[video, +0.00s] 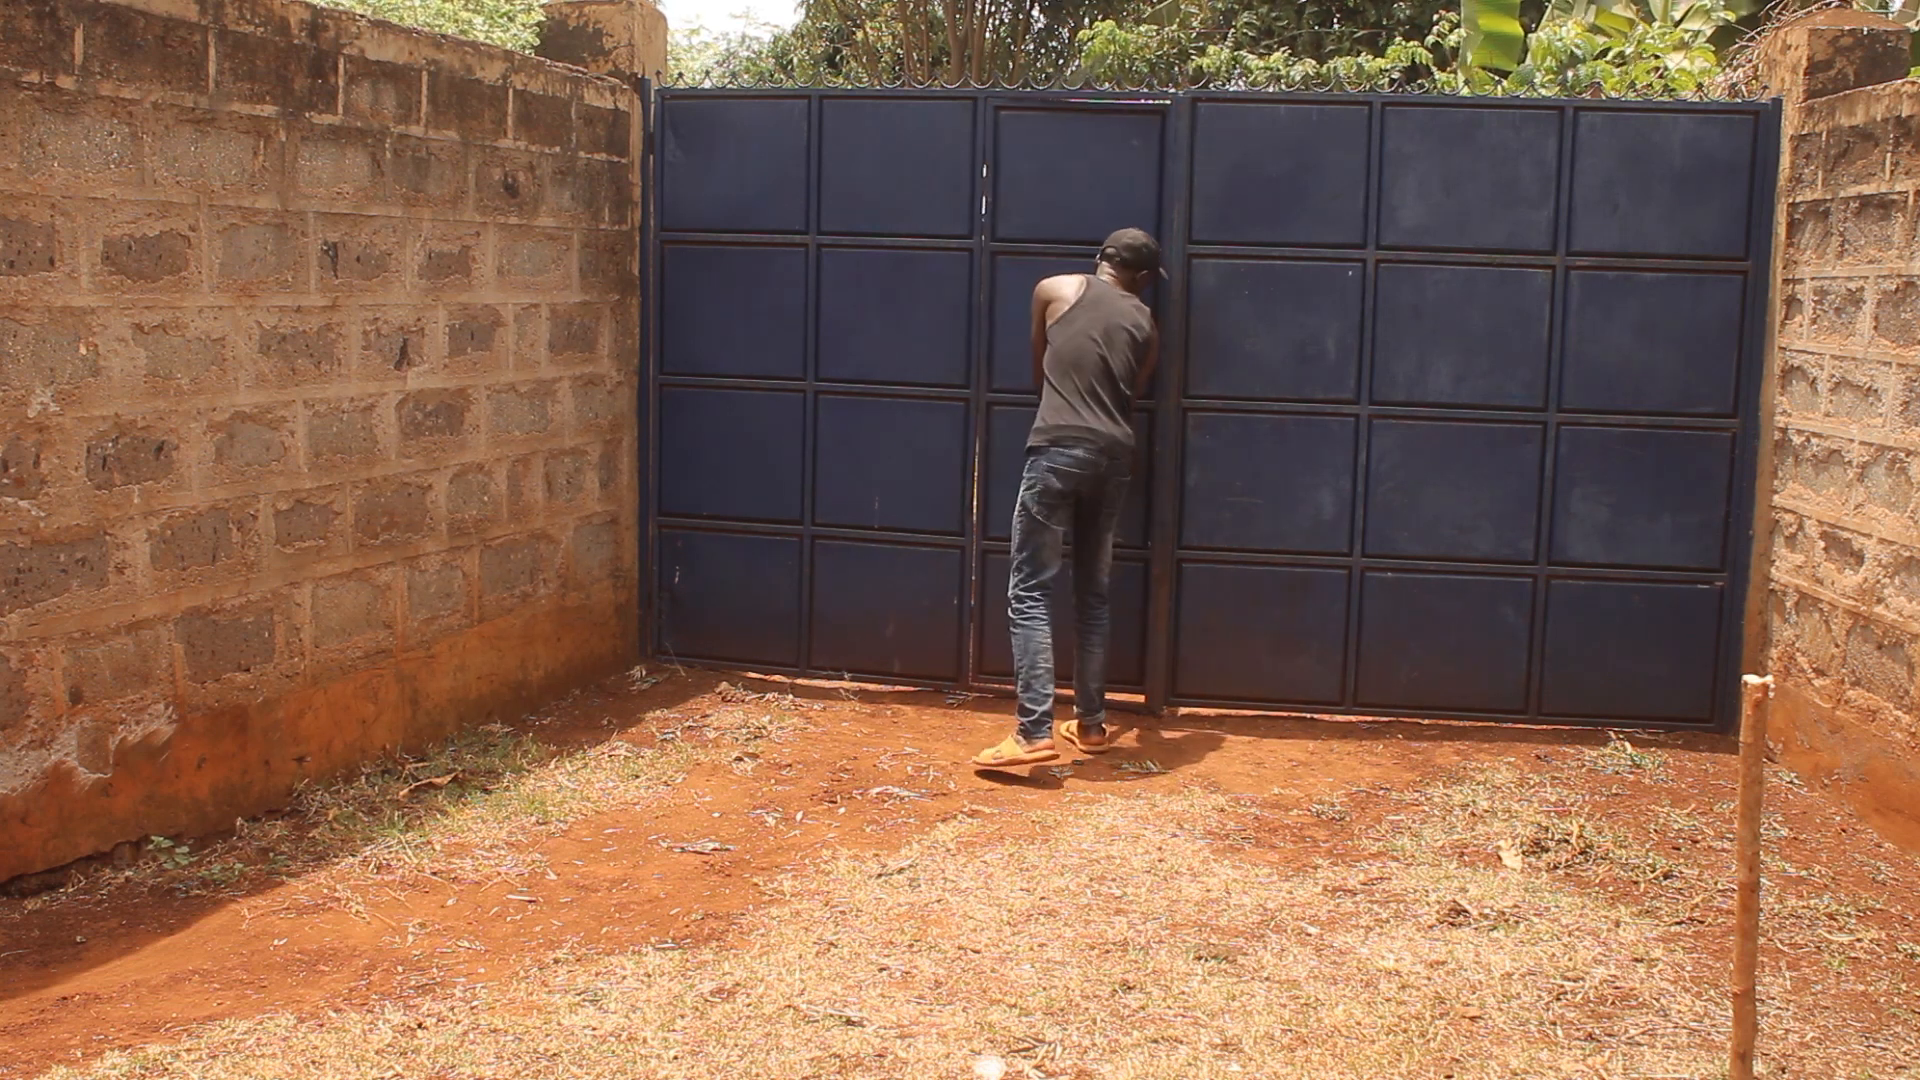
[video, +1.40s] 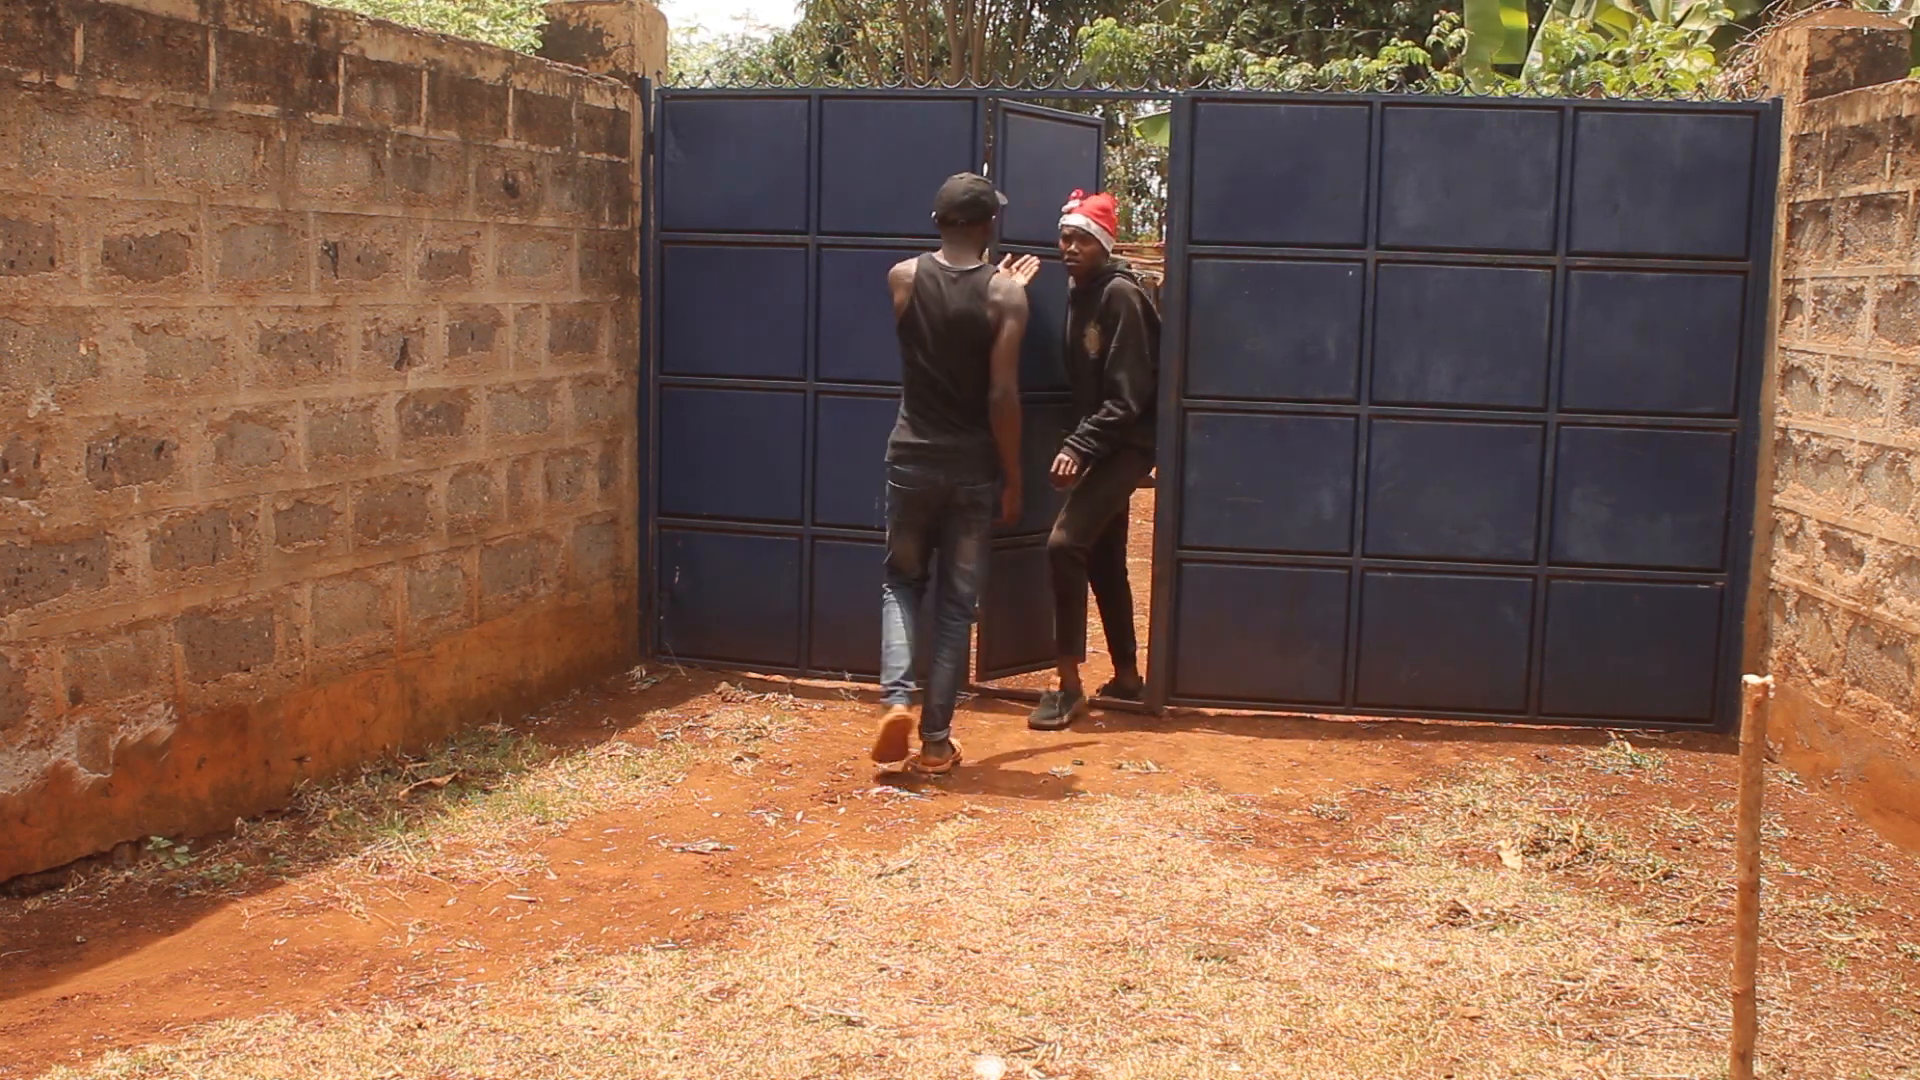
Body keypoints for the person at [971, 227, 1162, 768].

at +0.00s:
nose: (1143, 285)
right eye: (1146, 278)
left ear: (1099, 259)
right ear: (1142, 277)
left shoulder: (1054, 288)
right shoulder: (1146, 322)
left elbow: (1041, 367)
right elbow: (1136, 387)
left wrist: (1069, 404)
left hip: (1057, 449)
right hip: (1113, 457)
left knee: (1029, 590)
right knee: (1094, 595)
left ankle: (1035, 732)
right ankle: (1092, 725)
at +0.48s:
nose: (1061, 251)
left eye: (1059, 242)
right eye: (1108, 253)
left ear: (1056, 245)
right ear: (1107, 253)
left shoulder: (1029, 287)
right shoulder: (1120, 308)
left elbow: (1007, 376)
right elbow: (1127, 403)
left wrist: (1010, 439)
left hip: (1050, 461)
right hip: (1107, 464)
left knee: (1015, 597)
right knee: (1100, 600)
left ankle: (1026, 739)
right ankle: (1094, 725)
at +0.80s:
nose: (986, 241)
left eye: (986, 232)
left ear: (989, 234)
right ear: (1039, 235)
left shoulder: (972, 290)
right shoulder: (1067, 295)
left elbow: (958, 390)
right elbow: (1091, 398)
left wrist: (971, 436)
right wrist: (1087, 475)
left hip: (1014, 471)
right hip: (1066, 467)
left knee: (1010, 617)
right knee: (1046, 596)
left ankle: (1026, 766)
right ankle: (1065, 720)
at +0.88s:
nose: (969, 234)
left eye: (970, 226)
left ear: (976, 230)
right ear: (1028, 232)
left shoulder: (958, 289)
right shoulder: (1059, 294)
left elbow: (945, 396)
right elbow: (1092, 388)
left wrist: (981, 428)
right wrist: (1095, 473)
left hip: (1009, 468)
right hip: (1062, 464)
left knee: (1010, 617)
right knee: (1020, 603)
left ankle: (1027, 763)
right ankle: (1028, 731)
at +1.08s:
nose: (951, 235)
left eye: (949, 226)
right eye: (1006, 227)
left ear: (953, 230)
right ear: (1006, 230)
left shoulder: (928, 294)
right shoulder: (1041, 297)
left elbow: (932, 374)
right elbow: (1066, 392)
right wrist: (1084, 485)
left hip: (973, 471)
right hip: (1025, 469)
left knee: (989, 621)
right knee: (958, 598)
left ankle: (1024, 764)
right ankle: (934, 735)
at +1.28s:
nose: (994, 231)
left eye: (953, 221)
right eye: (997, 222)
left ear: (943, 225)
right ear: (997, 226)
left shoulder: (911, 280)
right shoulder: (1024, 296)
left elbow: (943, 318)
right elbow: (1026, 397)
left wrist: (1003, 282)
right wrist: (1033, 490)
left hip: (932, 469)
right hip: (995, 470)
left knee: (912, 597)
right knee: (962, 606)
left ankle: (966, 716)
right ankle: (935, 743)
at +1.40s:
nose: (995, 228)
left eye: (989, 221)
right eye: (994, 221)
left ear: (937, 222)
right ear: (990, 225)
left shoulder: (902, 276)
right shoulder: (1009, 293)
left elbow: (937, 315)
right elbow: (1002, 393)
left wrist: (999, 284)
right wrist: (1013, 479)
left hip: (911, 456)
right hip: (974, 463)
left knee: (902, 579)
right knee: (958, 604)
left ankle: (897, 698)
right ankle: (935, 739)